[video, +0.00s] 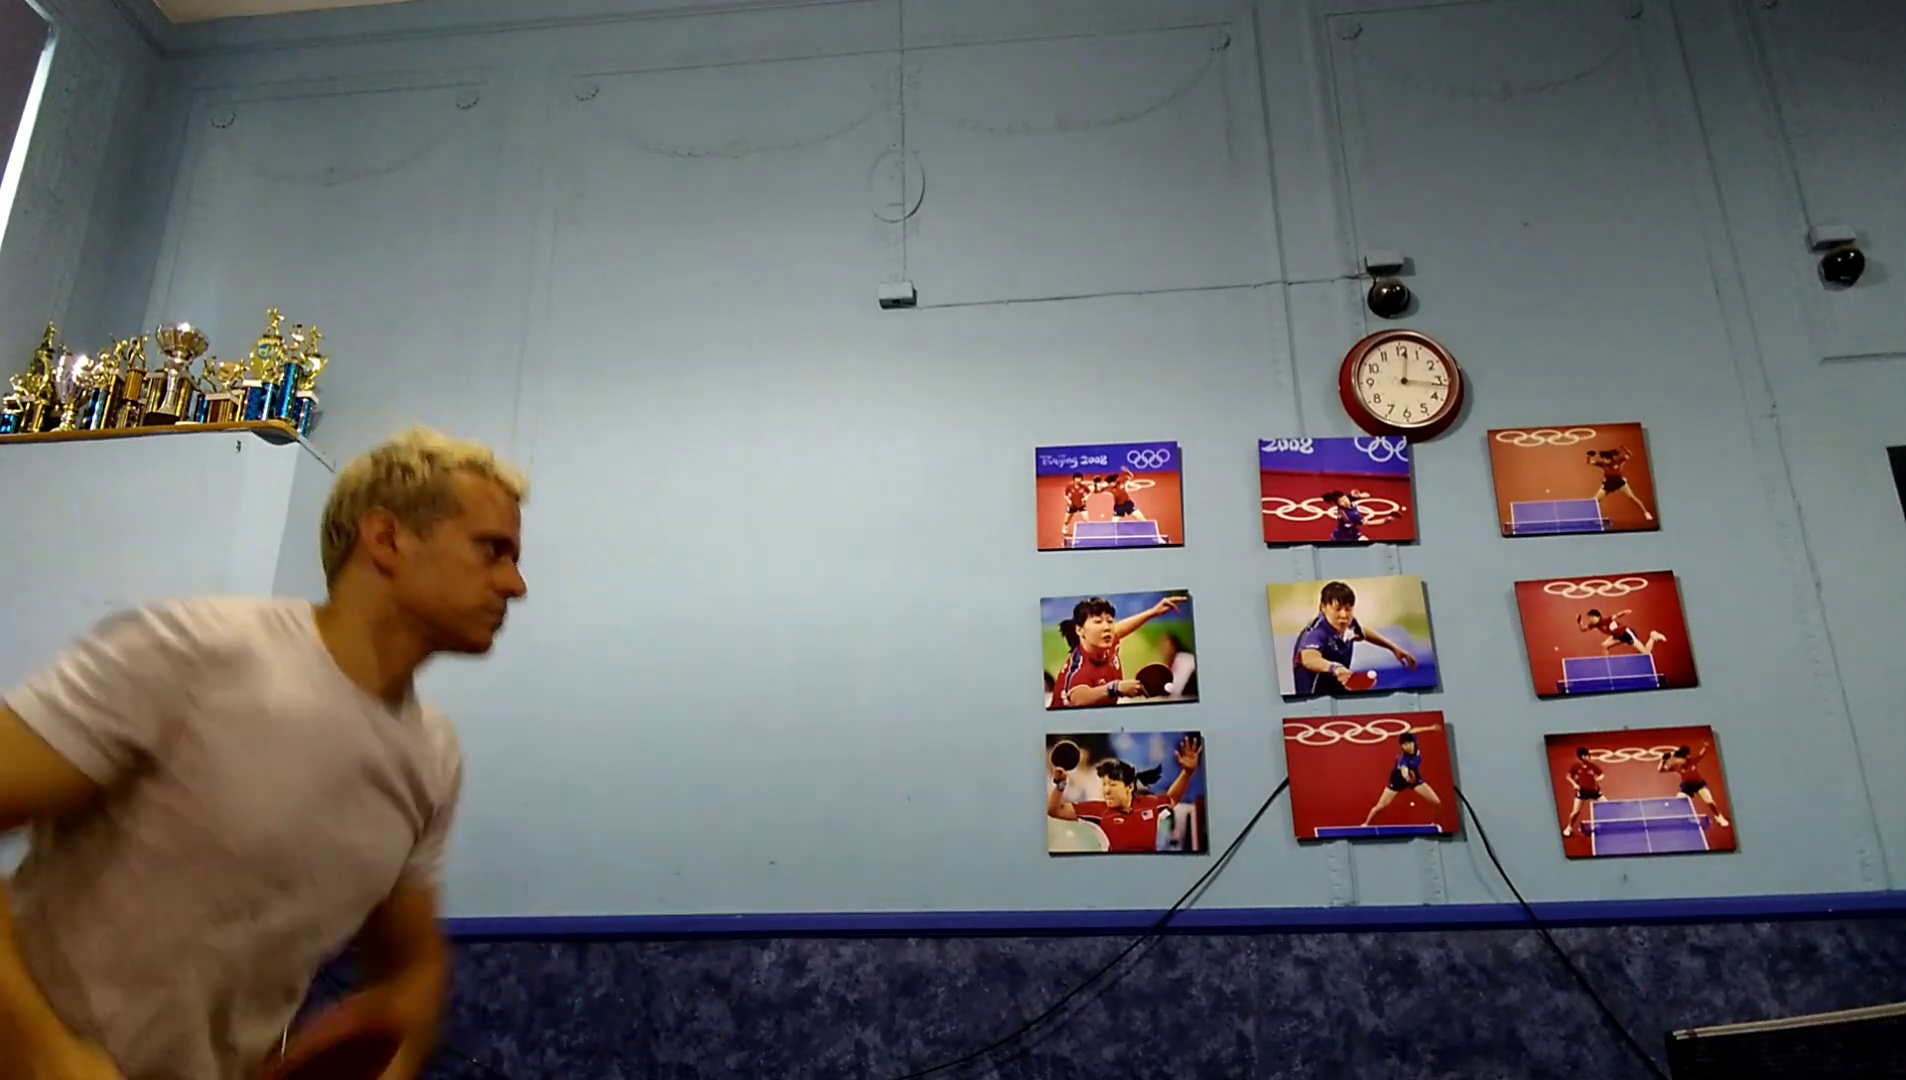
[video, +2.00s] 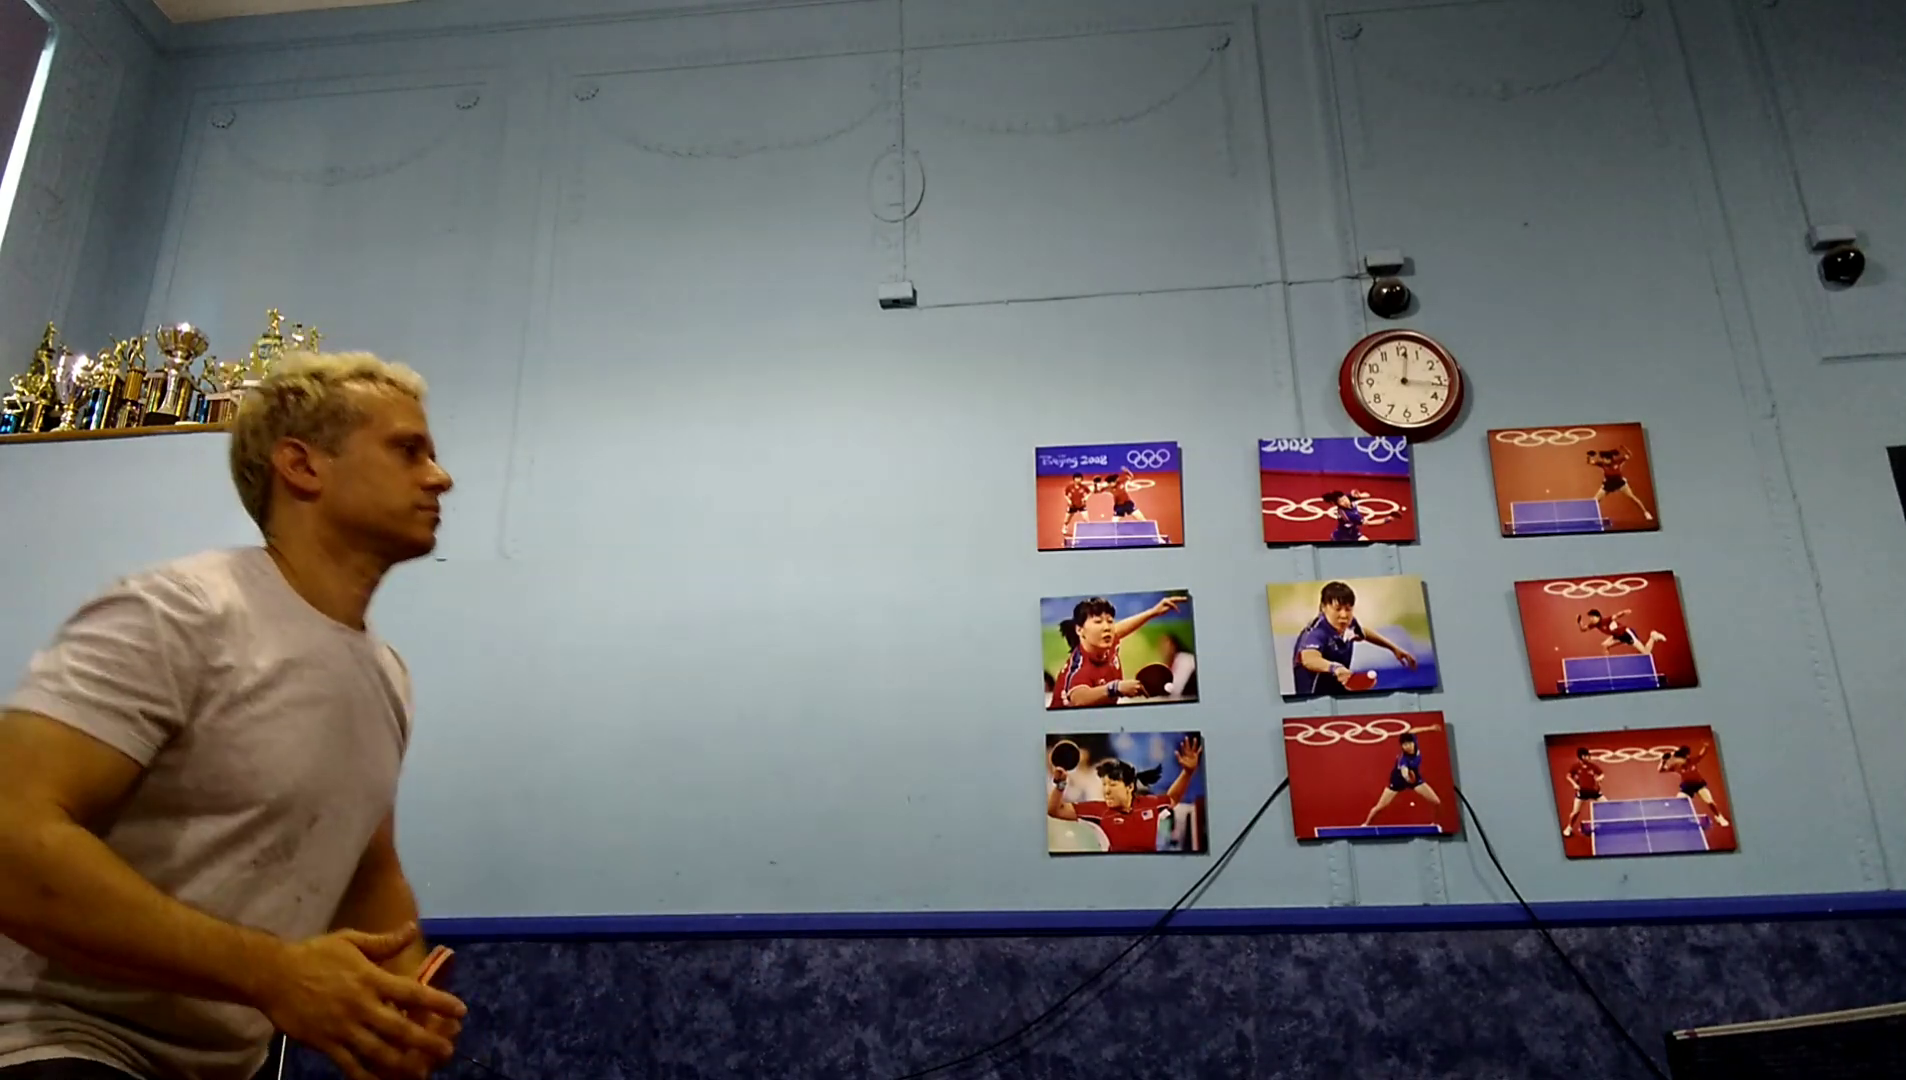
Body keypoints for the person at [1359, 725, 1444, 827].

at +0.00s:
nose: (1408, 747)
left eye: (1409, 744)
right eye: (1405, 745)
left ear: (1413, 743)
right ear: (1402, 746)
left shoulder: (1416, 747)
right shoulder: (1403, 758)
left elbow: (1413, 731)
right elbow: (1404, 771)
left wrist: (1431, 728)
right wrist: (1409, 778)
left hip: (1415, 779)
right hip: (1398, 781)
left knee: (1436, 802)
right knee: (1381, 805)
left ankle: (1434, 823)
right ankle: (1366, 823)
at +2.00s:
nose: (1408, 747)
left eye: (1409, 744)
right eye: (1405, 745)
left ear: (1413, 743)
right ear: (1402, 747)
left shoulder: (1416, 747)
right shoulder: (1403, 759)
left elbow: (1414, 731)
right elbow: (1404, 772)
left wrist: (1431, 728)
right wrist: (1409, 779)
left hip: (1414, 780)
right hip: (1398, 781)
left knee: (1436, 802)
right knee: (1381, 806)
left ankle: (1434, 823)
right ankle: (1366, 823)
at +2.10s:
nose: (1408, 747)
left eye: (1409, 744)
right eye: (1405, 745)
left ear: (1413, 743)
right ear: (1402, 746)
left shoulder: (1416, 747)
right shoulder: (1403, 759)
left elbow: (1414, 731)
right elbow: (1404, 772)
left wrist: (1431, 728)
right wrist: (1409, 779)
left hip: (1414, 779)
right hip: (1398, 781)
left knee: (1436, 802)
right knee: (1381, 806)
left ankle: (1434, 823)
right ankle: (1366, 823)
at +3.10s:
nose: (1408, 747)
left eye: (1409, 744)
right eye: (1405, 745)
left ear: (1413, 743)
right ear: (1402, 746)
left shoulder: (1416, 747)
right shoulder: (1403, 759)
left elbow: (1413, 731)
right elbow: (1404, 772)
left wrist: (1431, 728)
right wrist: (1409, 779)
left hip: (1415, 780)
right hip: (1398, 781)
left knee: (1436, 802)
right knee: (1381, 805)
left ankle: (1434, 823)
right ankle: (1366, 823)